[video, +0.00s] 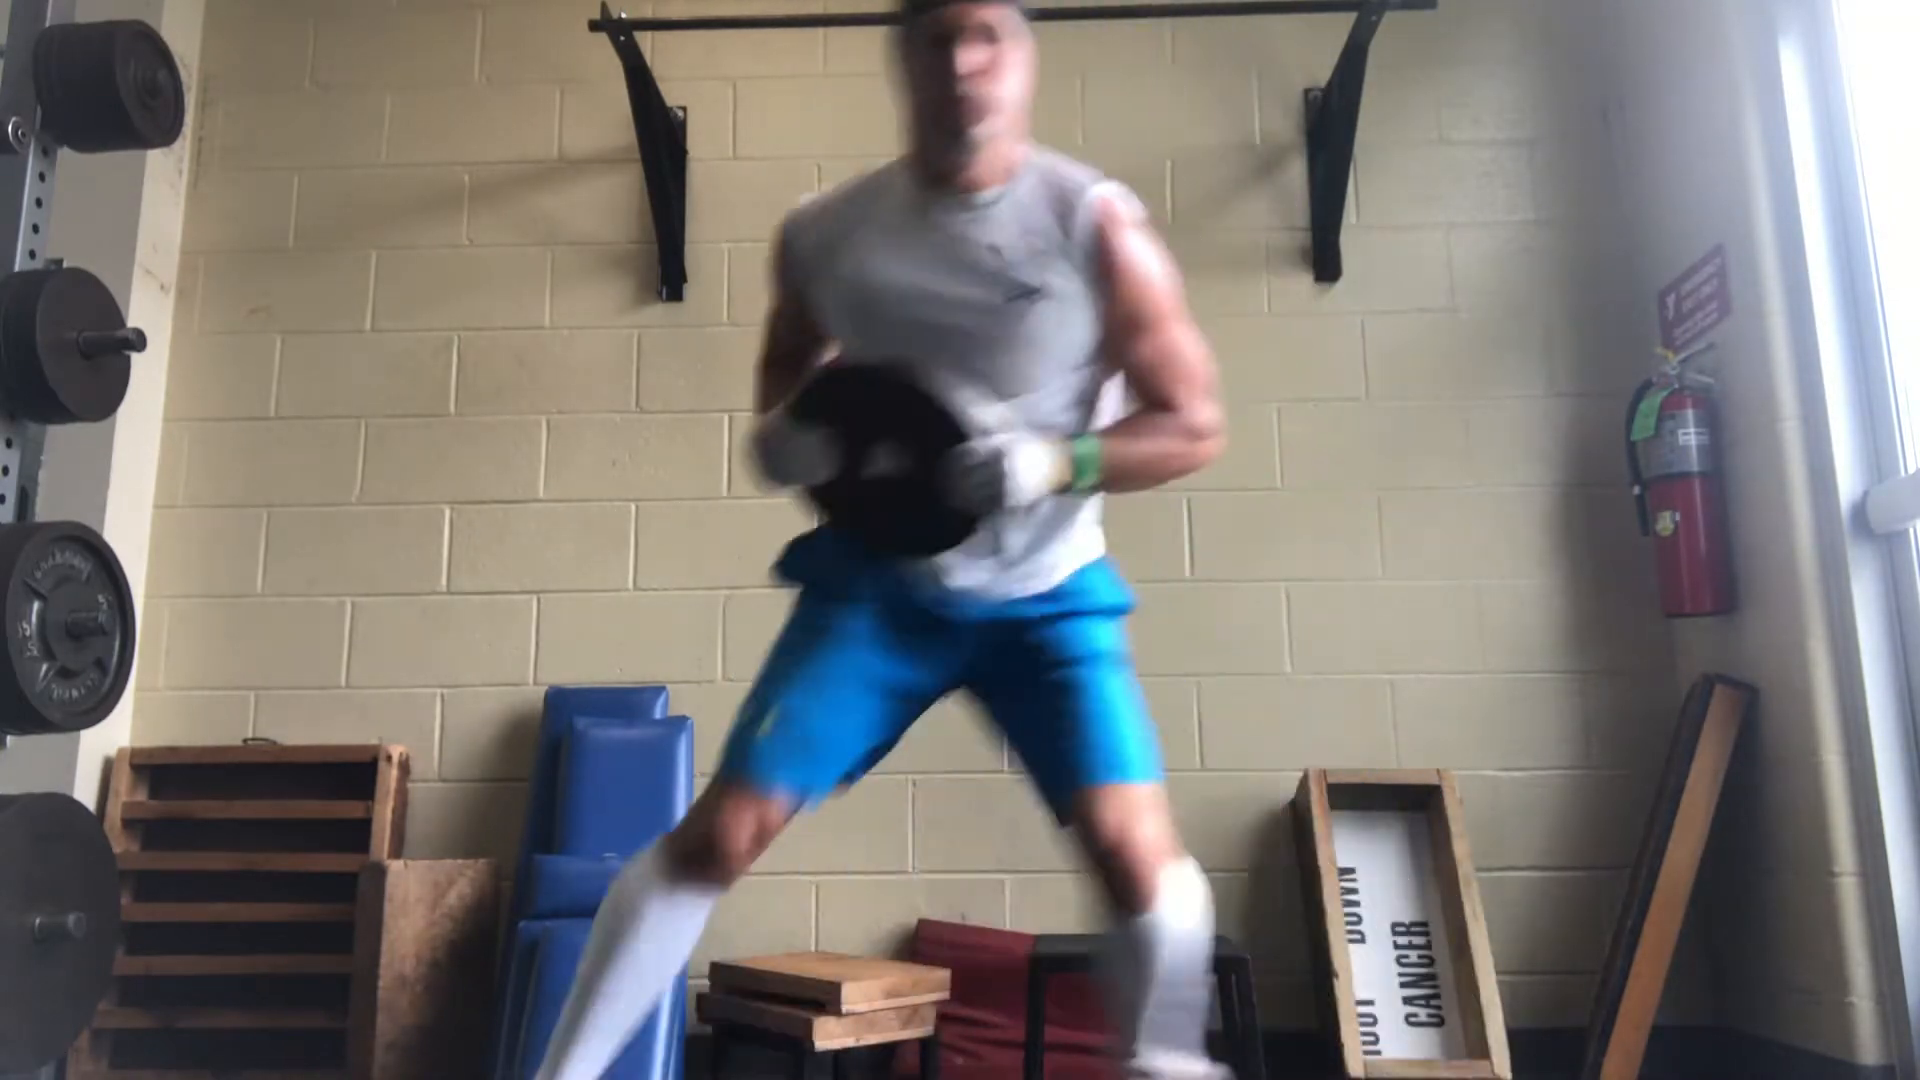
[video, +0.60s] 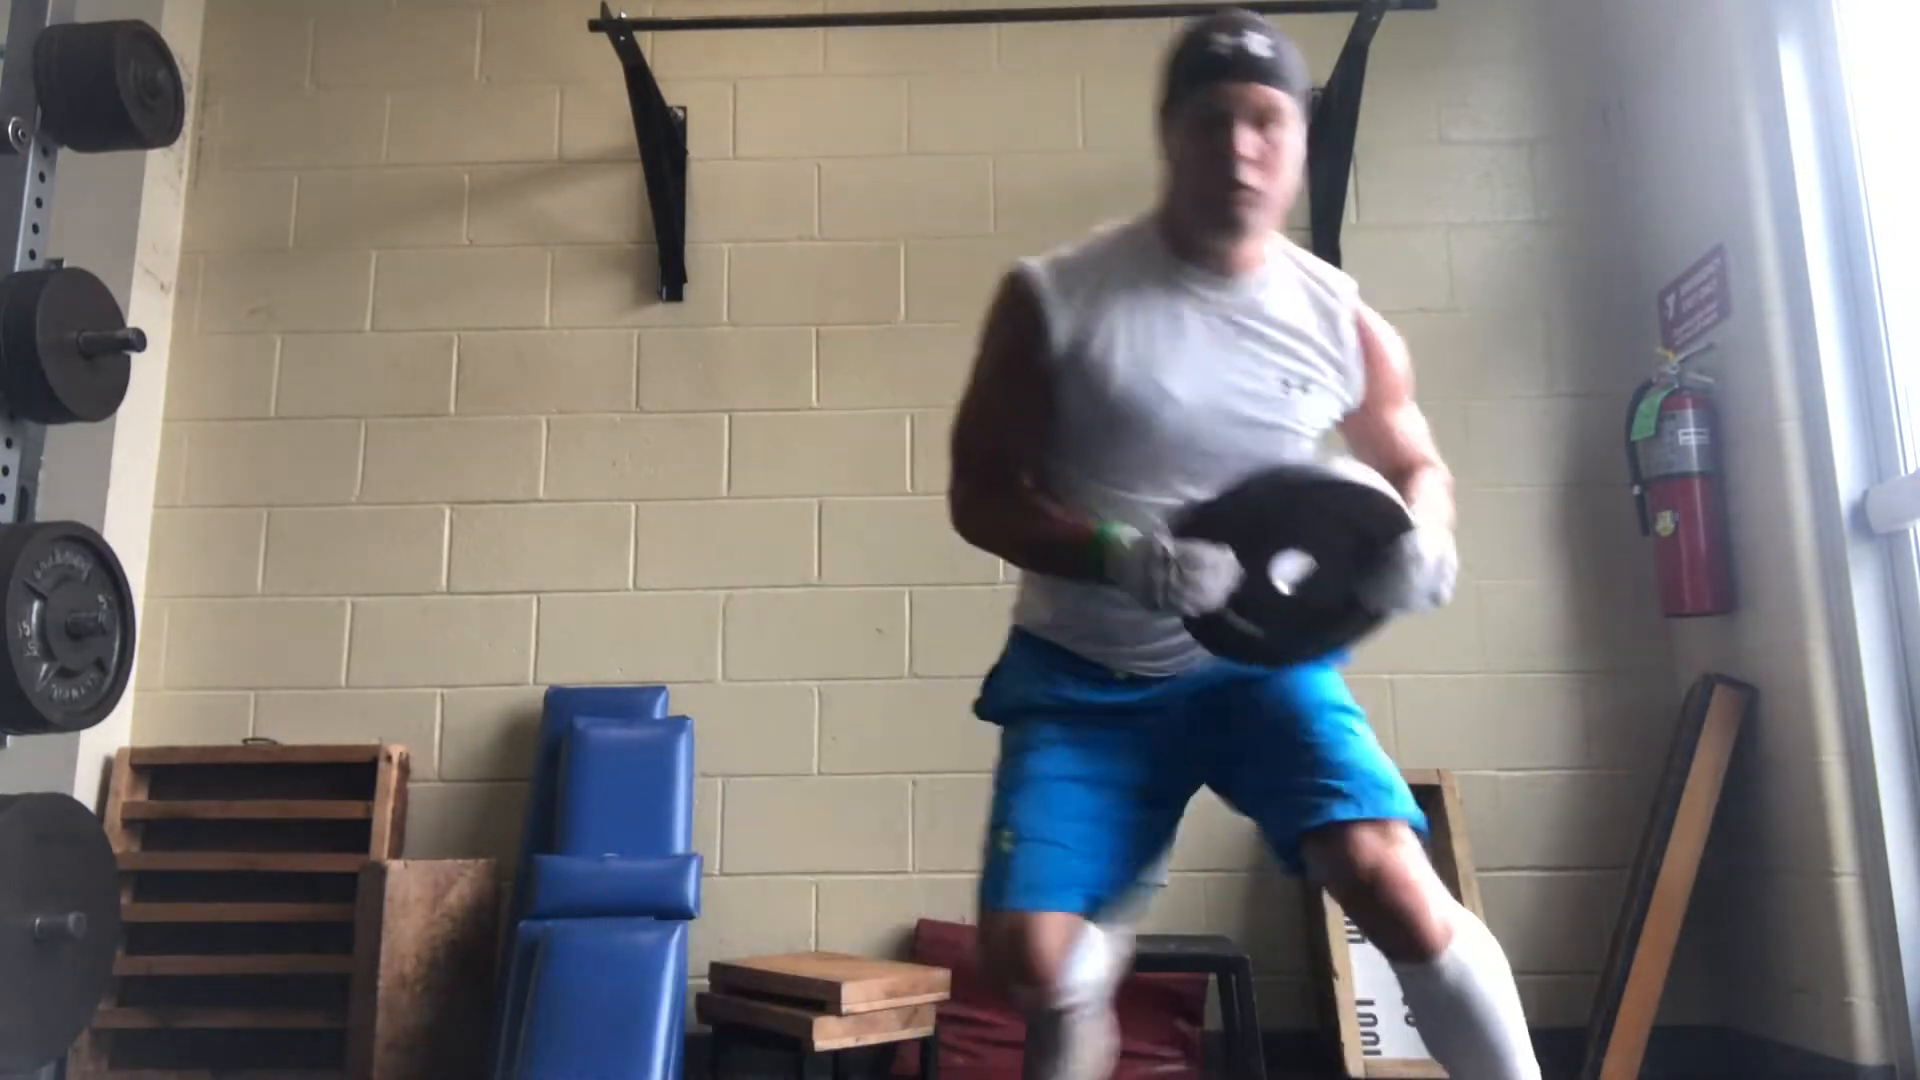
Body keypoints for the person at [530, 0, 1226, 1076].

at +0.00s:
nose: (965, 62)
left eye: (989, 36)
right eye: (938, 38)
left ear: (1028, 59)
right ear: (903, 63)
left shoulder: (1097, 225)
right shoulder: (823, 243)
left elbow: (1194, 427)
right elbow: (775, 438)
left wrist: (1052, 463)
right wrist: (793, 449)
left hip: (1051, 599)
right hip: (877, 594)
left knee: (1135, 856)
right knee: (724, 832)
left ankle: (1166, 1074)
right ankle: (560, 1075)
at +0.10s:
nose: (859, 128)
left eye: (885, 100)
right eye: (835, 104)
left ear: (929, 115)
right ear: (804, 126)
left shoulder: (1008, 279)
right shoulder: (741, 312)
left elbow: (1117, 477)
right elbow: (709, 513)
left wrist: (972, 526)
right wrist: (737, 533)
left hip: (966, 678)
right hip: (790, 665)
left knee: (978, 938)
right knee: (654, 898)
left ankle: (889, 1024)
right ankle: (547, 1077)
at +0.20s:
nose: (823, 151)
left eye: (847, 129)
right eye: (796, 133)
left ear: (885, 152)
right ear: (764, 163)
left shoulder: (979, 298)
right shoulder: (715, 346)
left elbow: (1107, 486)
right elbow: (701, 518)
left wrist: (977, 551)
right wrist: (697, 577)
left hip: (947, 690)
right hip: (775, 684)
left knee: (919, 950)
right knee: (643, 915)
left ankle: (890, 990)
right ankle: (545, 1076)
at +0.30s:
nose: (874, 131)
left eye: (897, 106)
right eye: (848, 111)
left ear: (941, 125)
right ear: (819, 137)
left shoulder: (1033, 281)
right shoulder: (755, 317)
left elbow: (1175, 444)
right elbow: (738, 459)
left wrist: (1056, 507)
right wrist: (769, 519)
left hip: (1007, 655)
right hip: (827, 662)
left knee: (1088, 888)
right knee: (681, 906)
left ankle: (1108, 1005)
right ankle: (555, 1075)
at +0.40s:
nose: (994, 98)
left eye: (1018, 71)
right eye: (968, 74)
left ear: (1062, 89)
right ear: (934, 96)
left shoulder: (1142, 247)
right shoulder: (851, 260)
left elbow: (1287, 394)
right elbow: (800, 423)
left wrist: (1198, 459)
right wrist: (903, 466)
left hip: (1105, 605)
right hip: (920, 621)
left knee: (1236, 813)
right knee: (773, 863)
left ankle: (1400, 1067)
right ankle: (634, 1074)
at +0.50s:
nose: (1133, 111)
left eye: (1157, 83)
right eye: (1106, 84)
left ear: (1200, 105)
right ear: (1067, 104)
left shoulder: (1258, 275)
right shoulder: (966, 265)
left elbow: (1362, 418)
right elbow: (907, 455)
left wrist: (1340, 476)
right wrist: (1022, 485)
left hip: (1200, 643)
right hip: (1018, 644)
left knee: (1348, 878)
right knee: (897, 887)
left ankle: (1497, 1074)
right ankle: (884, 1036)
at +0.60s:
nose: (1242, 145)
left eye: (1267, 122)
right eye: (1214, 119)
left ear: (1300, 147)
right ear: (1168, 135)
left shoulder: (1347, 329)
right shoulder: (1053, 303)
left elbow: (1418, 469)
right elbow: (980, 499)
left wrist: (1422, 538)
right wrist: (1124, 557)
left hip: (1262, 668)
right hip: (1082, 678)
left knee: (1387, 878)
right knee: (1032, 956)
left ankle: (1515, 1074)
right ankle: (1094, 982)